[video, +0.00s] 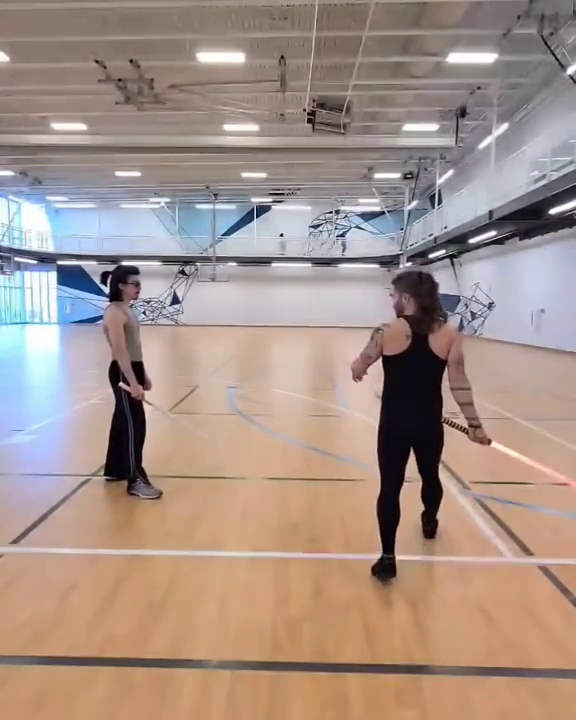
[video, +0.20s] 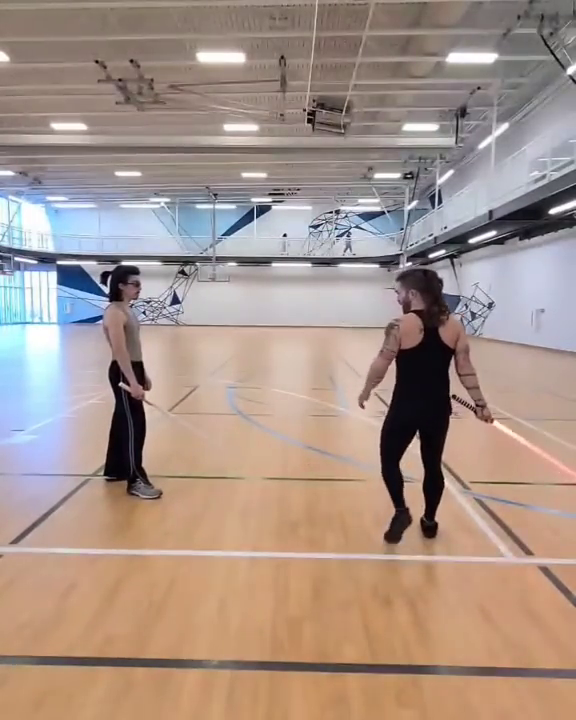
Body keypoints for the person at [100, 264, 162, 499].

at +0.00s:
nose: (138, 289)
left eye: (139, 285)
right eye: (134, 285)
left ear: (133, 287)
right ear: (120, 286)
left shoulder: (127, 310)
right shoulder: (114, 313)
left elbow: (133, 347)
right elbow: (119, 351)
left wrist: (143, 373)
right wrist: (132, 382)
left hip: (132, 369)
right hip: (123, 372)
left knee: (123, 422)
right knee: (136, 424)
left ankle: (114, 468)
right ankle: (135, 479)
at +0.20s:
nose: (138, 289)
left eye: (139, 285)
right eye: (134, 285)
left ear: (133, 288)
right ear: (120, 286)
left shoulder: (127, 311)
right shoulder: (114, 313)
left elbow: (133, 347)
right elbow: (119, 351)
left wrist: (143, 373)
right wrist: (132, 382)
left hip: (132, 370)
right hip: (123, 372)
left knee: (123, 422)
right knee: (136, 424)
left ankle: (114, 468)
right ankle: (135, 479)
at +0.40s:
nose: (138, 289)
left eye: (139, 285)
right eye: (133, 285)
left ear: (133, 287)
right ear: (119, 286)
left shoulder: (127, 311)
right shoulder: (114, 313)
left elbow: (133, 347)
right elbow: (119, 351)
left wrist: (143, 373)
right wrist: (132, 382)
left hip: (132, 369)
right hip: (123, 372)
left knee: (123, 421)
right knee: (136, 425)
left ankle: (114, 468)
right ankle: (135, 480)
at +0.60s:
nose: (138, 289)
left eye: (139, 285)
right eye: (134, 285)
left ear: (133, 287)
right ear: (120, 286)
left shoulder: (127, 310)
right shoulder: (114, 313)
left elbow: (133, 346)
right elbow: (119, 350)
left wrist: (143, 373)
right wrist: (132, 382)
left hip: (132, 369)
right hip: (123, 372)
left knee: (123, 421)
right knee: (136, 424)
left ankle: (114, 468)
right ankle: (135, 480)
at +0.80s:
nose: (139, 289)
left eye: (140, 285)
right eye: (134, 285)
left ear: (134, 288)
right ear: (120, 286)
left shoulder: (127, 310)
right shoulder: (115, 313)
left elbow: (134, 346)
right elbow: (120, 350)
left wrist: (143, 373)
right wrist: (133, 382)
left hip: (132, 369)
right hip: (123, 372)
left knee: (123, 422)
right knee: (136, 425)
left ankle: (114, 468)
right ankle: (135, 480)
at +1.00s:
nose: (140, 290)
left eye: (141, 286)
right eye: (136, 286)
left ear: (132, 289)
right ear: (123, 287)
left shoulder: (127, 311)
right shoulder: (115, 313)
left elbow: (134, 347)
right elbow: (120, 351)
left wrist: (144, 373)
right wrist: (133, 381)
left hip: (132, 369)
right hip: (124, 372)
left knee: (123, 422)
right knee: (137, 425)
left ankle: (114, 468)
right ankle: (135, 480)